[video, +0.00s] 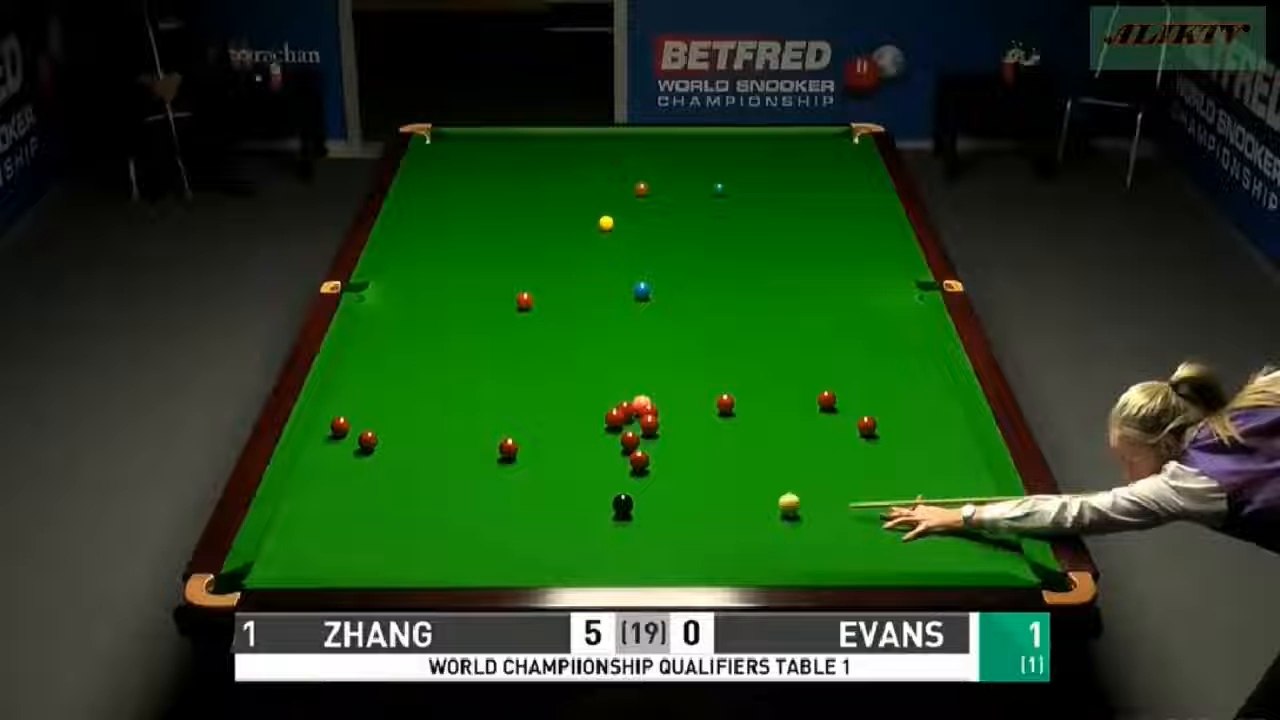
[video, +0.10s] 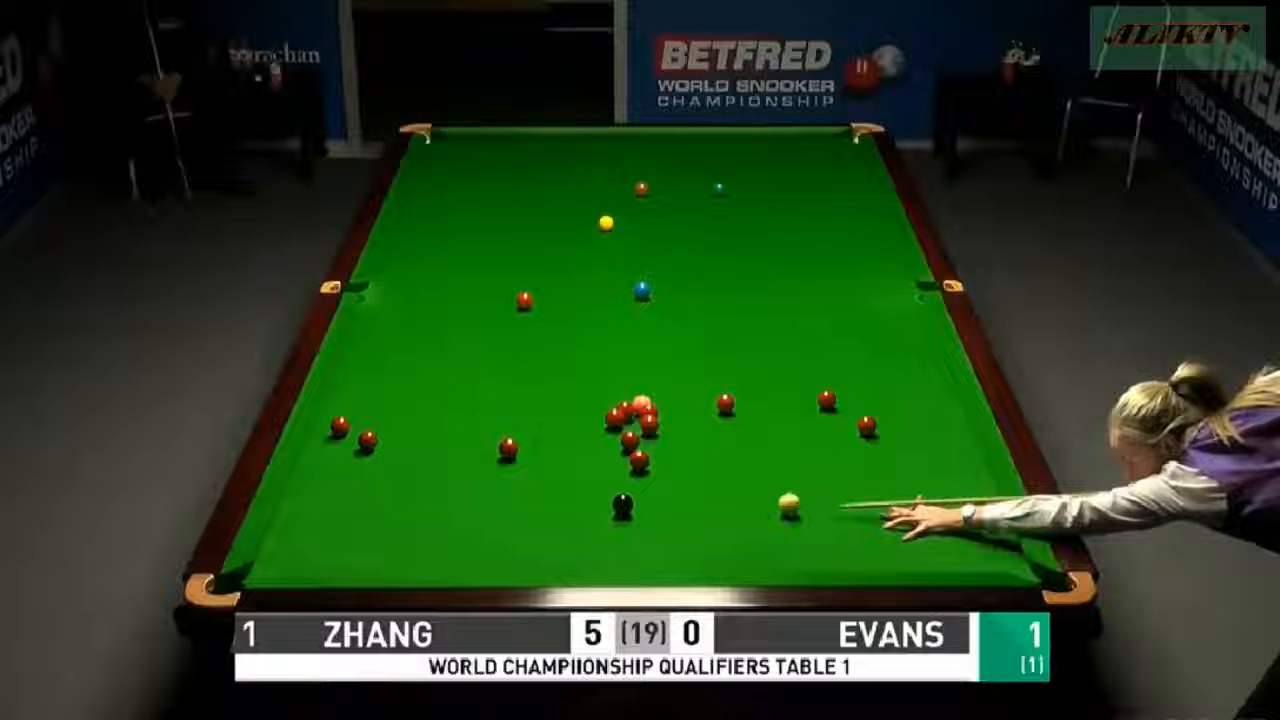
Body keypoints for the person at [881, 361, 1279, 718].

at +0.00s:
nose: (1122, 471)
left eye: (1126, 458)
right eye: (1119, 458)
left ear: (1163, 448)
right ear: (1183, 429)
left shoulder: (1189, 481)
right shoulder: (1257, 400)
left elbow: (1077, 512)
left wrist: (961, 515)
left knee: (1257, 709)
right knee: (1256, 706)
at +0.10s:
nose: (1122, 471)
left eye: (1127, 458)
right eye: (1119, 458)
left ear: (1163, 449)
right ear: (1184, 428)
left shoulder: (1189, 481)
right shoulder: (1257, 400)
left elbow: (1077, 512)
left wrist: (961, 515)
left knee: (1257, 709)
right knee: (1256, 706)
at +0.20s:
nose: (1122, 471)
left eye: (1126, 458)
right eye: (1118, 457)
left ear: (1163, 449)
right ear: (1183, 429)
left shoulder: (1189, 481)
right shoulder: (1256, 401)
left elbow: (1078, 511)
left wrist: (962, 515)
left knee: (1257, 710)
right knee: (1256, 706)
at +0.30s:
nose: (1122, 470)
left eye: (1126, 458)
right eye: (1118, 457)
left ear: (1162, 449)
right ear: (1184, 429)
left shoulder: (1191, 481)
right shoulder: (1255, 402)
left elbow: (1078, 512)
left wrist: (962, 515)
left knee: (1257, 710)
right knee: (1256, 706)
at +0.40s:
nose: (1122, 470)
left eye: (1126, 458)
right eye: (1118, 457)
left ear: (1163, 449)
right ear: (1183, 429)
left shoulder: (1189, 481)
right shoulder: (1256, 401)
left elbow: (1077, 512)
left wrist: (962, 515)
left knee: (1257, 710)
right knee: (1256, 706)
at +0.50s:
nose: (1122, 471)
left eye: (1126, 458)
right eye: (1118, 457)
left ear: (1163, 448)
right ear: (1183, 430)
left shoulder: (1190, 481)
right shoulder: (1256, 401)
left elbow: (1078, 512)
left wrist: (962, 515)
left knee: (1257, 710)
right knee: (1256, 706)